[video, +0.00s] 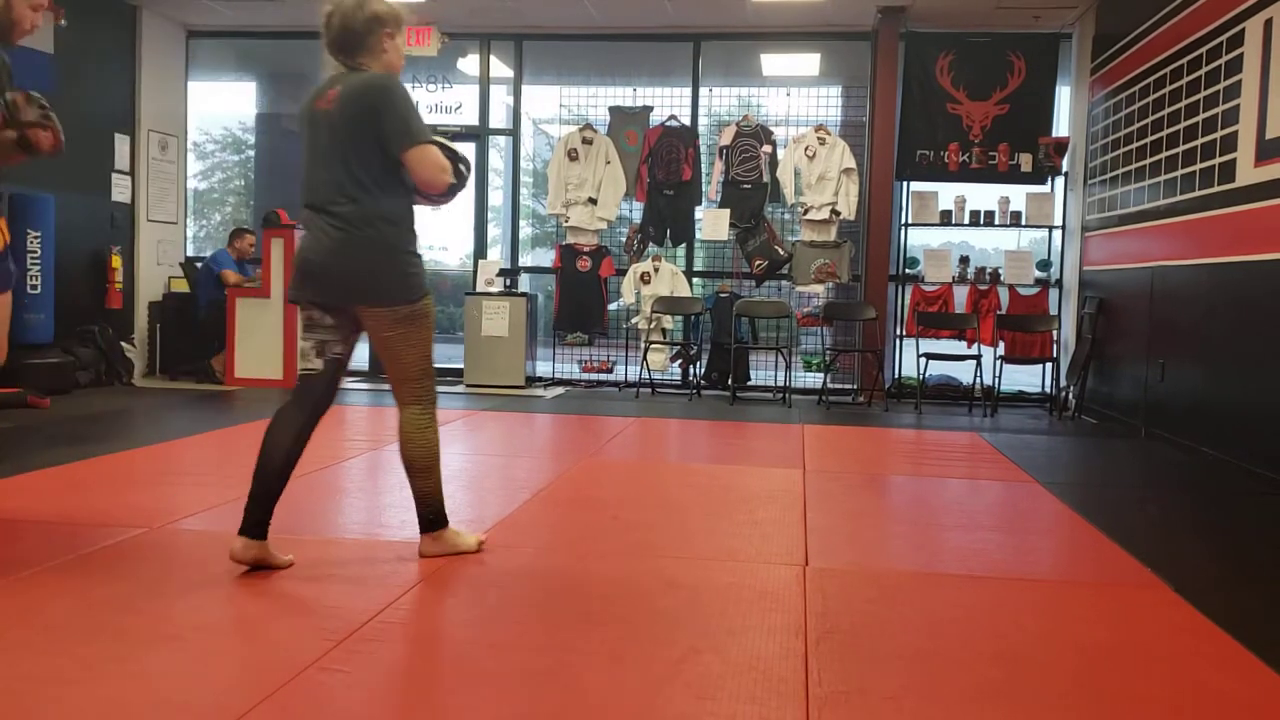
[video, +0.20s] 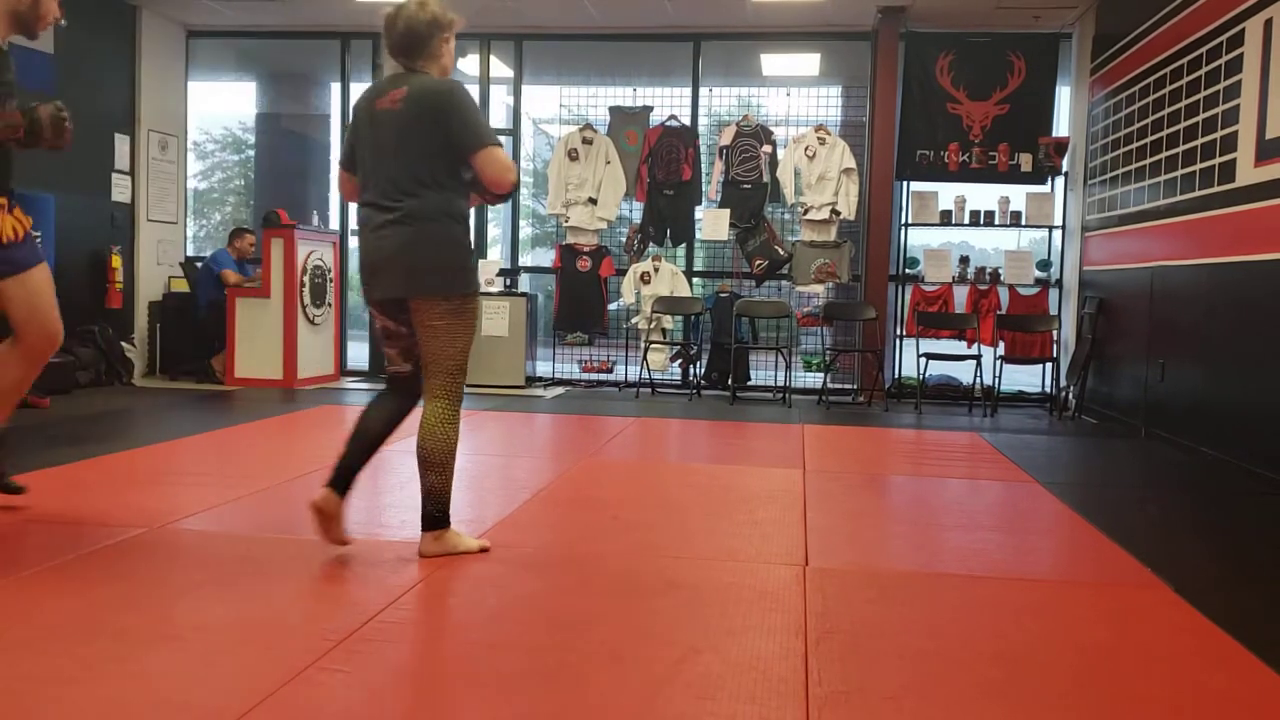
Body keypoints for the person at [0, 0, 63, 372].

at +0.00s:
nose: (37, 23)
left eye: (42, 15)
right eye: (35, 10)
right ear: (10, 2)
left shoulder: (6, 62)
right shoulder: (4, 61)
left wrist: (23, 140)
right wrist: (19, 140)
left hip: (2, 205)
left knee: (5, 277)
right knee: (4, 278)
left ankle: (4, 377)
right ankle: (4, 376)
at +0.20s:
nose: (58, 15)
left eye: (60, 8)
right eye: (56, 4)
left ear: (30, 6)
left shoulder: (11, 54)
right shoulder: (6, 52)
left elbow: (4, 119)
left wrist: (25, 123)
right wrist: (21, 122)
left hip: (8, 202)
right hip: (4, 203)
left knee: (42, 332)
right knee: (39, 332)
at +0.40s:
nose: (85, 34)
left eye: (87, 24)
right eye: (85, 22)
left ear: (52, 12)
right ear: (59, 12)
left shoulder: (29, 65)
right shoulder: (6, 51)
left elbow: (53, 150)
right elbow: (22, 134)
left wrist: (80, 87)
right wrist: (92, 105)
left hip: (23, 230)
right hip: (11, 232)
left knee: (49, 356)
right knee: (45, 356)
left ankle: (83, 468)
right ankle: (83, 468)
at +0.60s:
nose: (140, 39)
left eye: (142, 29)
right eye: (138, 26)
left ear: (107, 18)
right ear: (111, 18)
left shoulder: (83, 71)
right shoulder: (49, 54)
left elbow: (90, 149)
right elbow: (29, 129)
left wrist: (131, 115)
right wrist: (106, 140)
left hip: (85, 229)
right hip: (40, 230)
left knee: (85, 362)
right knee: (35, 360)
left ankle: (90, 475)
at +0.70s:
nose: (165, 35)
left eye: (167, 24)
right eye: (160, 21)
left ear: (127, 17)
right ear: (124, 13)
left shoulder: (114, 73)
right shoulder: (69, 52)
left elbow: (106, 150)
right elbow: (24, 120)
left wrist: (150, 138)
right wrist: (104, 141)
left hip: (106, 218)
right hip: (70, 218)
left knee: (104, 351)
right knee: (94, 348)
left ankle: (92, 475)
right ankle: (7, 444)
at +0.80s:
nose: (184, 32)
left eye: (186, 21)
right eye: (179, 18)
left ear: (144, 15)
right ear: (141, 9)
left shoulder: (142, 79)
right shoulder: (88, 49)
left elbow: (140, 160)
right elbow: (30, 115)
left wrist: (172, 132)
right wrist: (119, 131)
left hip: (119, 217)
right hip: (91, 216)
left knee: (99, 357)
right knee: (142, 337)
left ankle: (93, 475)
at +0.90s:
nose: (201, 32)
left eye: (203, 22)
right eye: (195, 19)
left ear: (168, 18)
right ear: (158, 12)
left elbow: (162, 171)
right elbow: (51, 130)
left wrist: (193, 146)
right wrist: (127, 137)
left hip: (138, 223)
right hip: (112, 225)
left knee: (103, 361)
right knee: (162, 352)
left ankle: (92, 476)